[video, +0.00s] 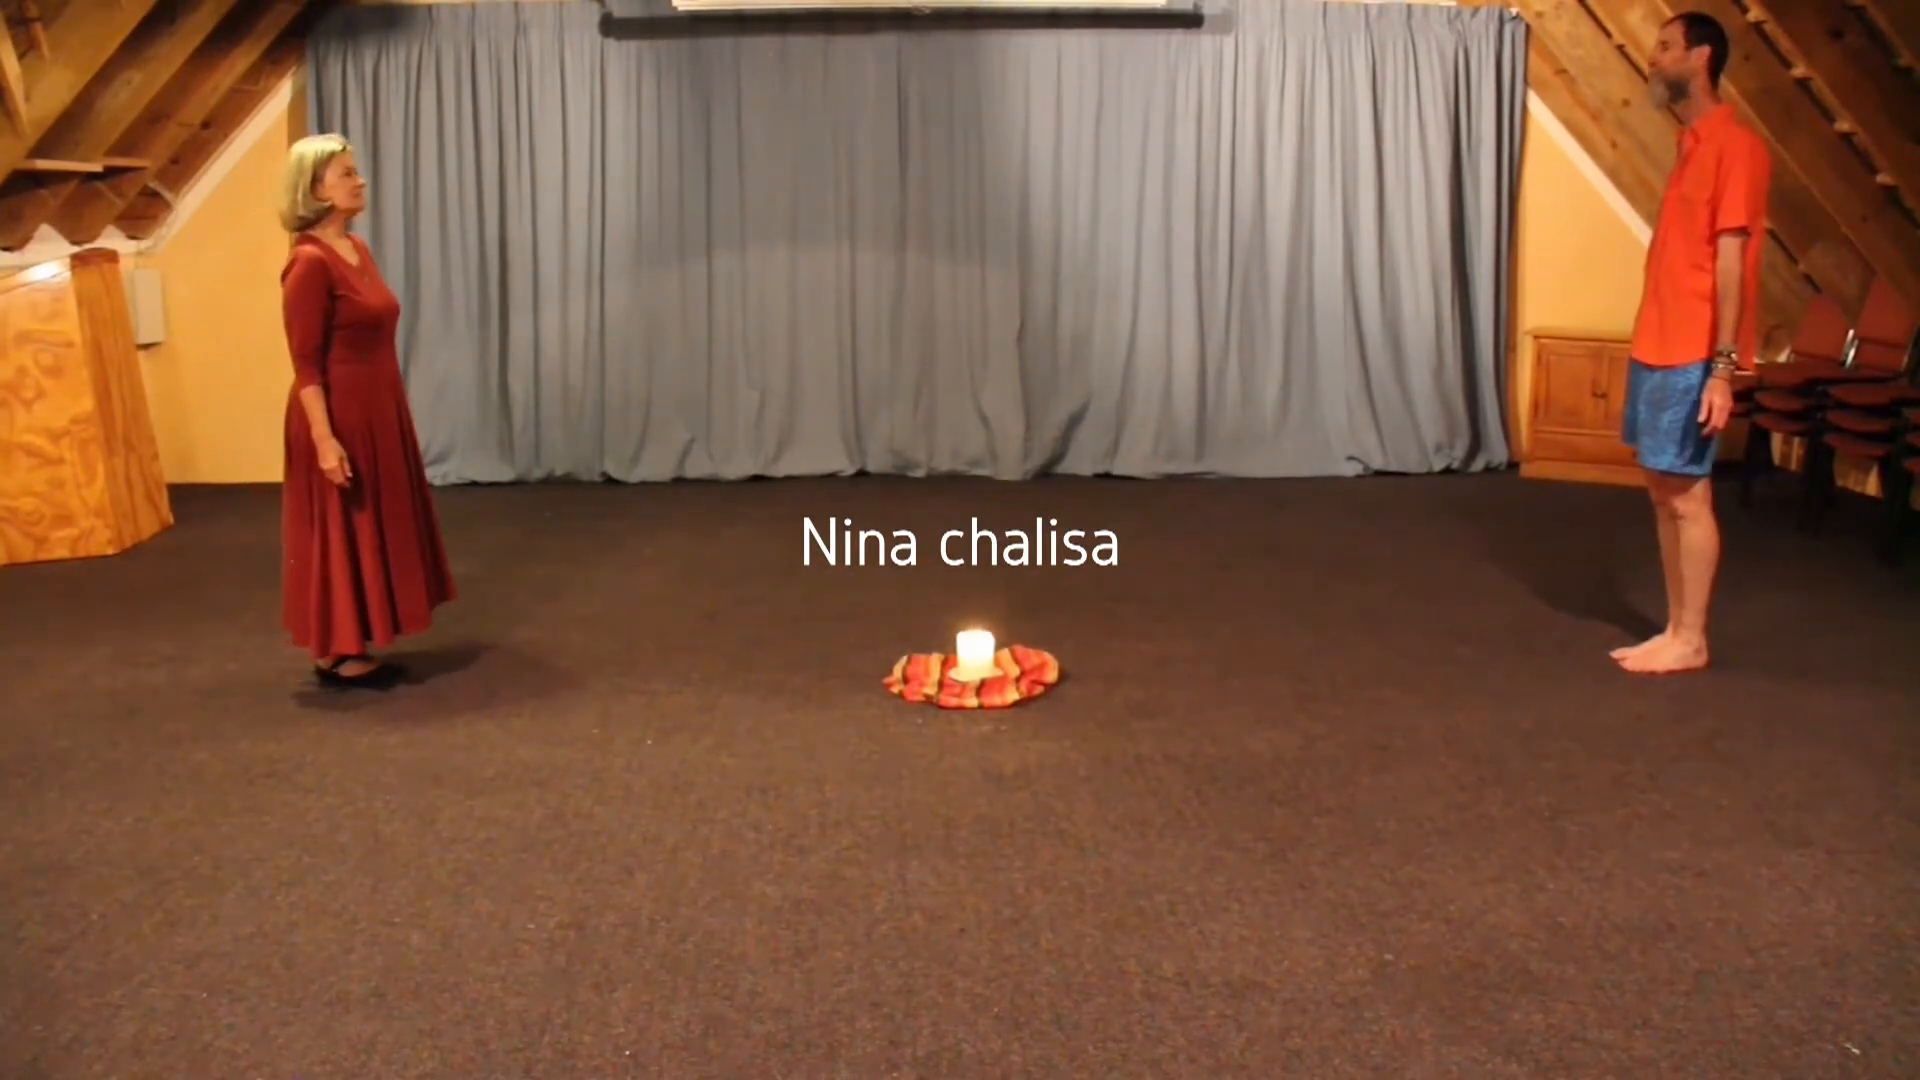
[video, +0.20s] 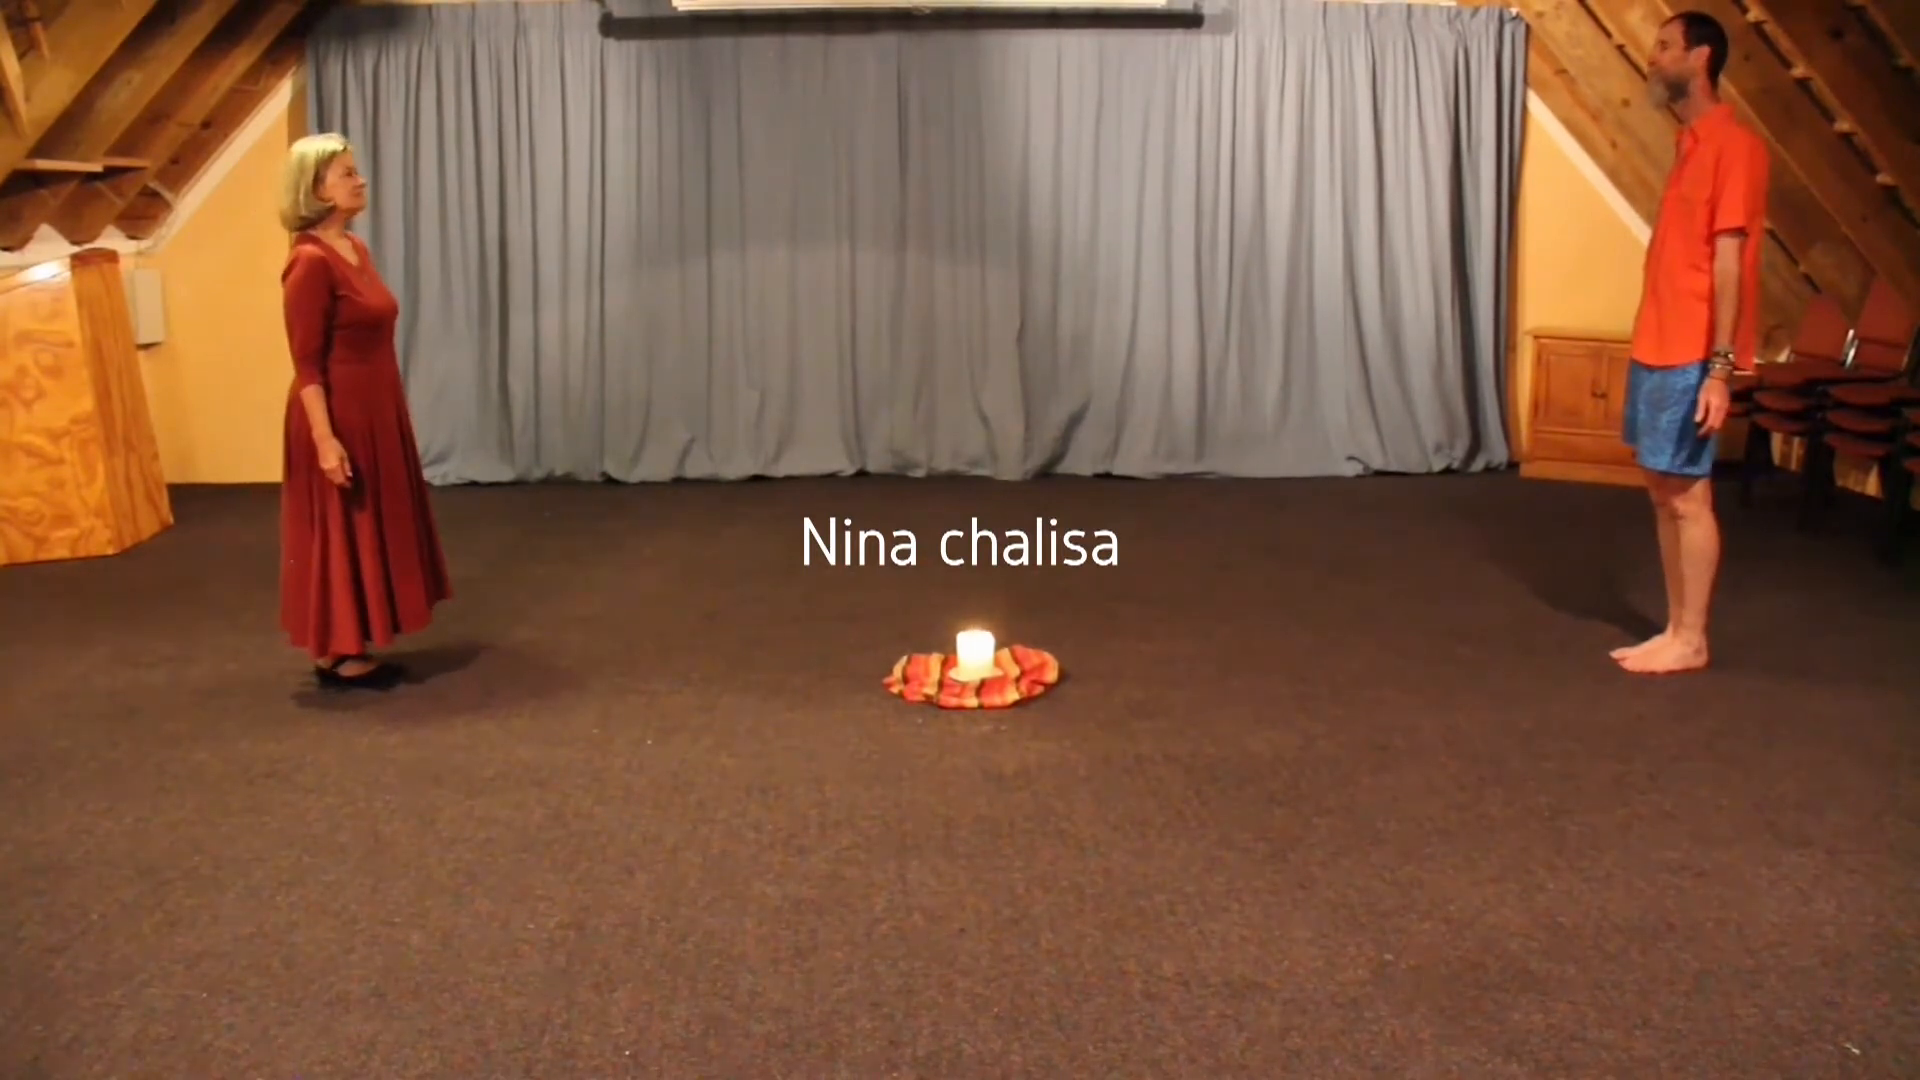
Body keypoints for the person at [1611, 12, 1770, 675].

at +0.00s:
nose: (1652, 60)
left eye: (1664, 48)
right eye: (1654, 48)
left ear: (1702, 58)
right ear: (1693, 59)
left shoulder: (1734, 141)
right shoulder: (1696, 140)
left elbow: (1731, 257)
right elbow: (1696, 255)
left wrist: (1723, 364)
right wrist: (1663, 347)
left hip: (1692, 356)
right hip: (1659, 351)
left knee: (1688, 497)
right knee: (1664, 493)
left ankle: (1691, 639)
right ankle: (1677, 630)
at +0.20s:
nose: (1652, 59)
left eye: (1664, 47)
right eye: (1653, 47)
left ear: (1702, 57)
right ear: (1692, 58)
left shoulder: (1734, 142)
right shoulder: (1694, 140)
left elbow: (1729, 257)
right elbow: (1693, 254)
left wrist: (1720, 365)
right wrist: (1663, 347)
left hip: (1691, 357)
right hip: (1658, 351)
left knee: (1688, 498)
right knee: (1663, 494)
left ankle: (1692, 639)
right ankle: (1677, 630)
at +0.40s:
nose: (1652, 59)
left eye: (1664, 48)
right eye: (1653, 47)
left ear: (1702, 58)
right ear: (1691, 59)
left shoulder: (1734, 142)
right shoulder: (1694, 140)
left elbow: (1729, 258)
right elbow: (1693, 255)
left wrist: (1719, 366)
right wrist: (1662, 348)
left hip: (1691, 357)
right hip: (1658, 352)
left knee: (1688, 498)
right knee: (1663, 494)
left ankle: (1692, 639)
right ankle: (1677, 630)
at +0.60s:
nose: (1652, 60)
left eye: (1665, 49)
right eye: (1654, 48)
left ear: (1703, 59)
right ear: (1690, 60)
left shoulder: (1734, 143)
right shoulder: (1693, 141)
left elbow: (1730, 261)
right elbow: (1692, 257)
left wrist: (1722, 368)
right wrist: (1660, 348)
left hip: (1692, 357)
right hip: (1657, 351)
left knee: (1687, 498)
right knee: (1662, 493)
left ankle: (1692, 639)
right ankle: (1677, 630)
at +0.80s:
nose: (1653, 61)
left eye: (1666, 49)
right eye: (1654, 49)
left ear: (1705, 59)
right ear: (1690, 60)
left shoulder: (1736, 144)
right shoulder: (1691, 141)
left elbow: (1732, 261)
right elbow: (1687, 256)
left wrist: (1726, 370)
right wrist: (1656, 348)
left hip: (1693, 357)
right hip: (1656, 351)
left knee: (1688, 497)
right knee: (1663, 493)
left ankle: (1691, 639)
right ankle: (1677, 630)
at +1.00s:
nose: (1653, 65)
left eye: (1665, 53)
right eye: (1654, 53)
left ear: (1705, 61)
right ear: (1689, 62)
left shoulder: (1738, 146)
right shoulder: (1690, 143)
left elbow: (1735, 262)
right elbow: (1685, 256)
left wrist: (1728, 370)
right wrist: (1654, 347)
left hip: (1694, 358)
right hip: (1655, 352)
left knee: (1687, 498)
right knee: (1661, 493)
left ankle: (1692, 639)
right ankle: (1677, 630)